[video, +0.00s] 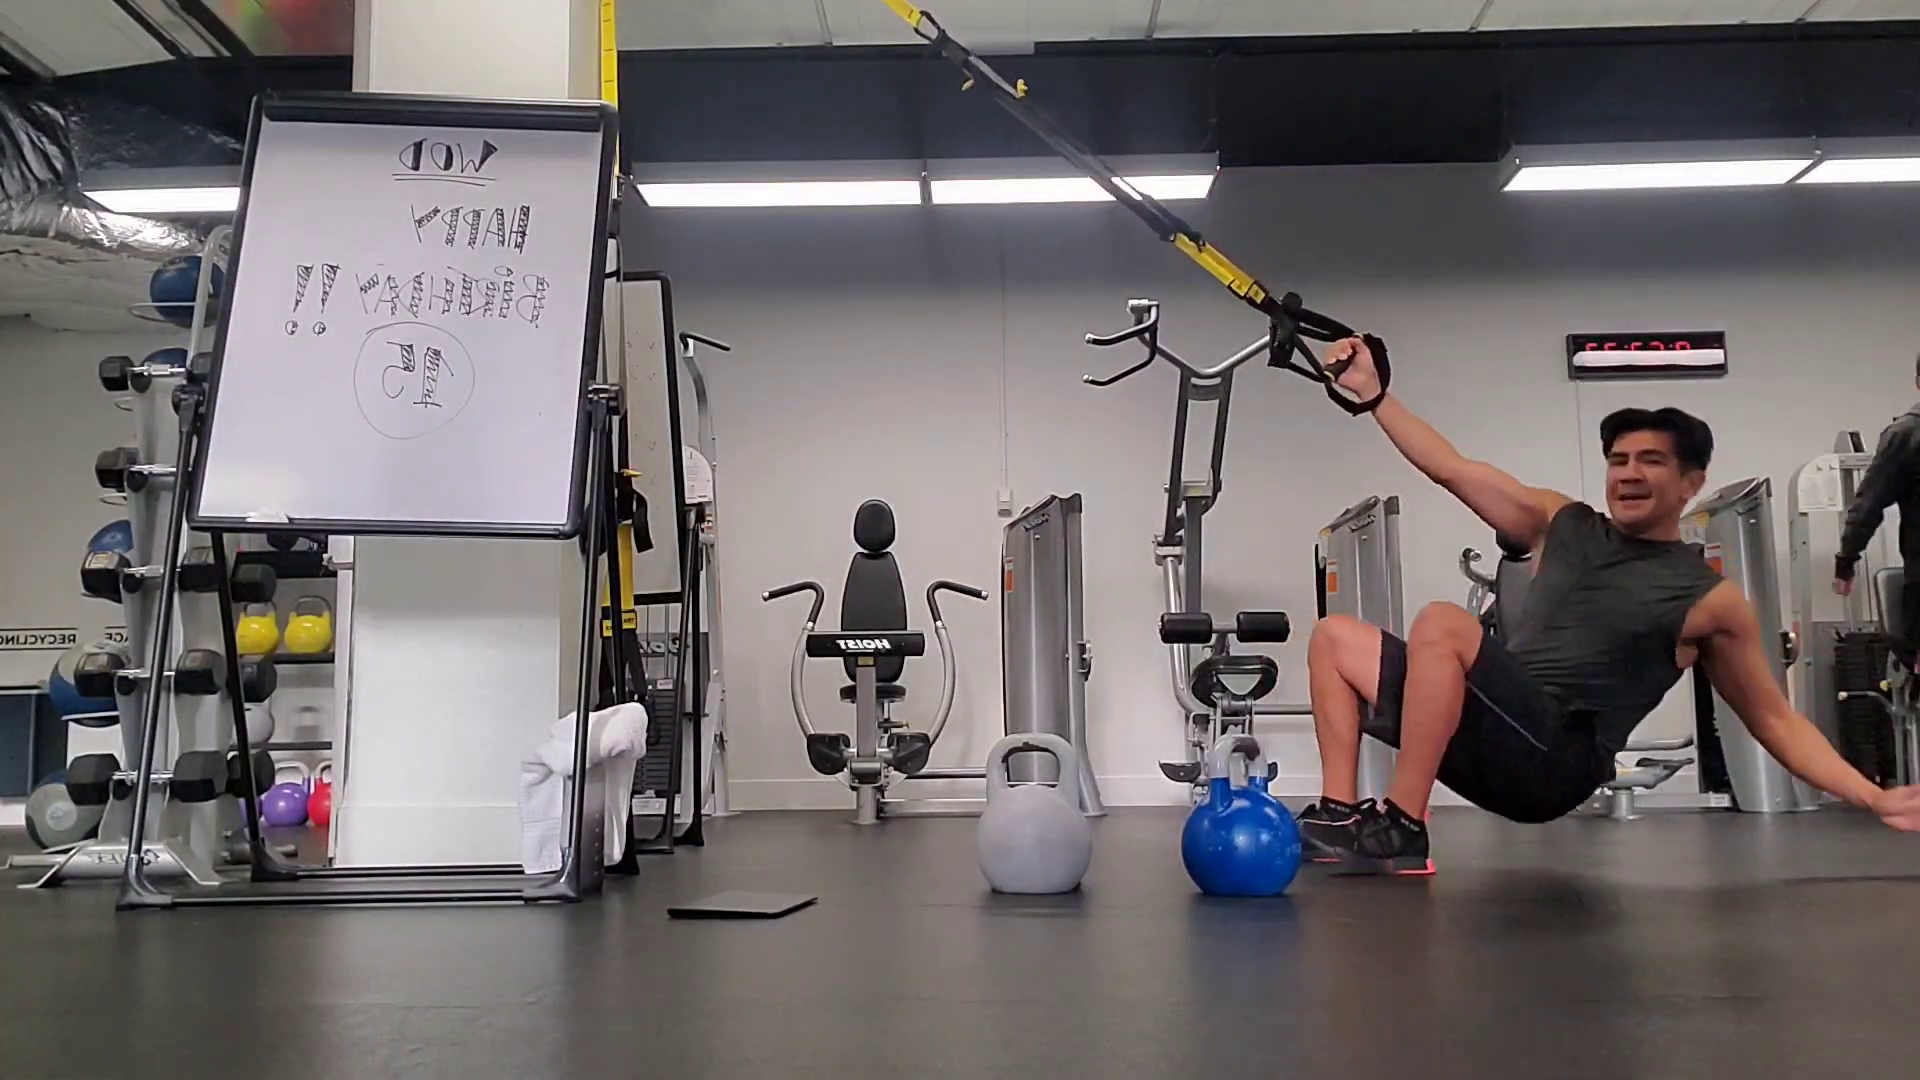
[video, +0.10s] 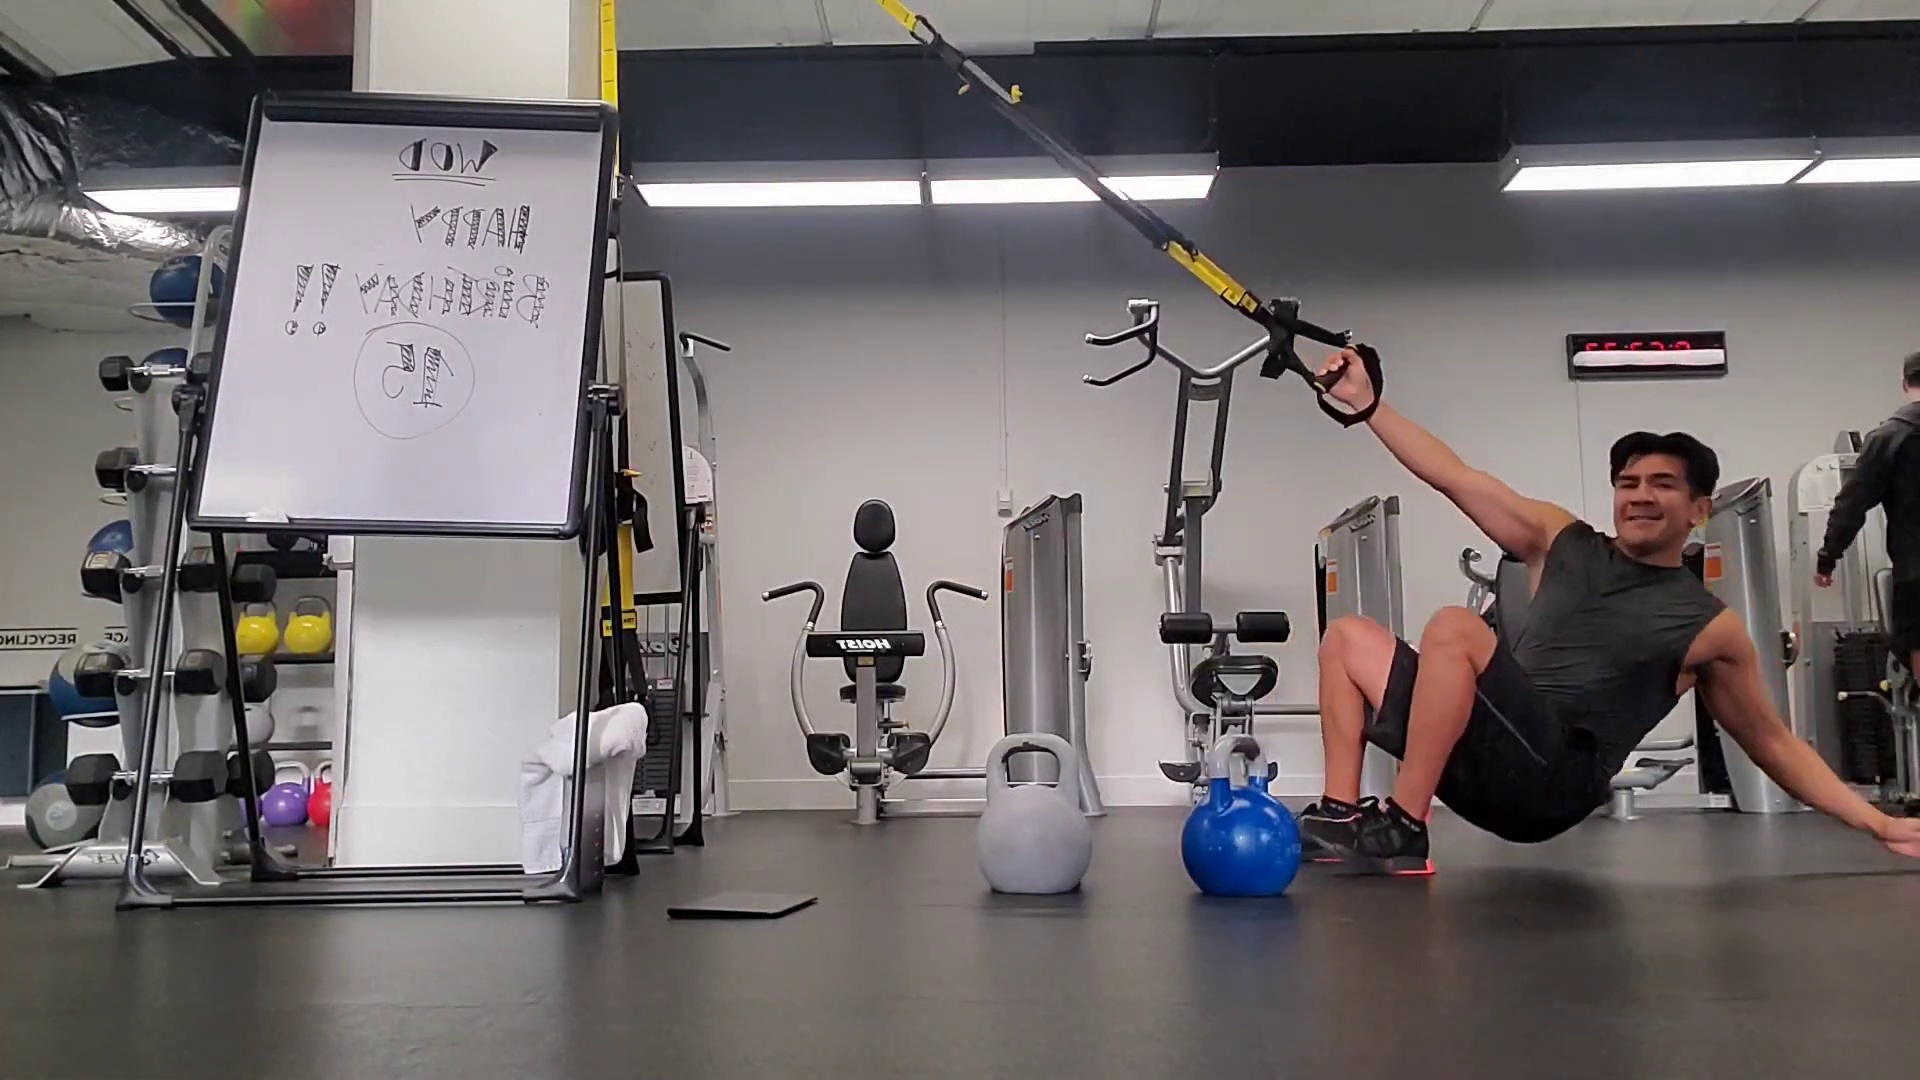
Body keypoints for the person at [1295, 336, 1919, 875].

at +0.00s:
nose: (1629, 473)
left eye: (1650, 462)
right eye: (1618, 461)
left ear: (1692, 482)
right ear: (1603, 471)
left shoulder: (1711, 597)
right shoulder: (1558, 522)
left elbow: (1776, 721)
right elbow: (1450, 468)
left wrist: (1877, 800)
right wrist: (1375, 399)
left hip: (1563, 758)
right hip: (1482, 731)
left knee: (1444, 625)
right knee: (1334, 636)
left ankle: (1403, 823)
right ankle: (1341, 812)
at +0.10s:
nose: (1640, 497)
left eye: (1662, 485)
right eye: (1628, 483)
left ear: (1700, 509)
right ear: (1612, 493)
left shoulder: (1711, 628)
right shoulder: (1557, 539)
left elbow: (1773, 743)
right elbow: (1455, 478)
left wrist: (1880, 824)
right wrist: (1370, 408)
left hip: (1555, 782)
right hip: (1474, 749)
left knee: (1456, 628)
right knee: (1345, 636)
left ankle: (1403, 823)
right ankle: (1342, 812)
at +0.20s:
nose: (1632, 493)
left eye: (1654, 480)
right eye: (1620, 481)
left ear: (1692, 506)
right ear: (1603, 495)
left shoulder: (1703, 624)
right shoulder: (1551, 540)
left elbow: (1769, 741)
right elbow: (1445, 483)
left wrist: (1880, 812)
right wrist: (1363, 413)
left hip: (1548, 778)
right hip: (1467, 747)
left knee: (1446, 626)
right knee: (1341, 637)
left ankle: (1402, 824)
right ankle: (1341, 811)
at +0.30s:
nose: (1610, 465)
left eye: (1631, 454)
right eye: (1600, 454)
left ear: (1673, 473)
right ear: (1588, 469)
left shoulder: (1688, 585)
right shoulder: (1546, 524)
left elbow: (1762, 706)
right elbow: (1439, 482)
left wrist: (1870, 780)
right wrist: (1362, 413)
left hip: (1544, 741)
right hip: (1471, 714)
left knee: (1409, 620)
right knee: (1321, 638)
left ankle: (1398, 827)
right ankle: (1338, 813)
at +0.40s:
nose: (1576, 412)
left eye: (1597, 398)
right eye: (1573, 403)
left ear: (1649, 421)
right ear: (1568, 421)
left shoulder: (1664, 518)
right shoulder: (1538, 494)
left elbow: (1707, 627)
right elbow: (1434, 474)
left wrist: (1759, 690)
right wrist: (1368, 406)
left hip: (1535, 692)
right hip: (1472, 681)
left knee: (1372, 620)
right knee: (1303, 638)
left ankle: (1396, 824)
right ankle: (1336, 810)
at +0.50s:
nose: (1541, 358)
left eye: (1558, 342)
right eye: (1541, 349)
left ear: (1611, 357)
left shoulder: (1626, 443)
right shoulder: (1529, 453)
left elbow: (1621, 538)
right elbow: (1432, 465)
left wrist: (1595, 557)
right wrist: (1373, 392)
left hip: (1520, 631)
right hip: (1467, 623)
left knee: (1341, 629)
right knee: (1286, 638)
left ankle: (1391, 825)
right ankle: (1333, 811)